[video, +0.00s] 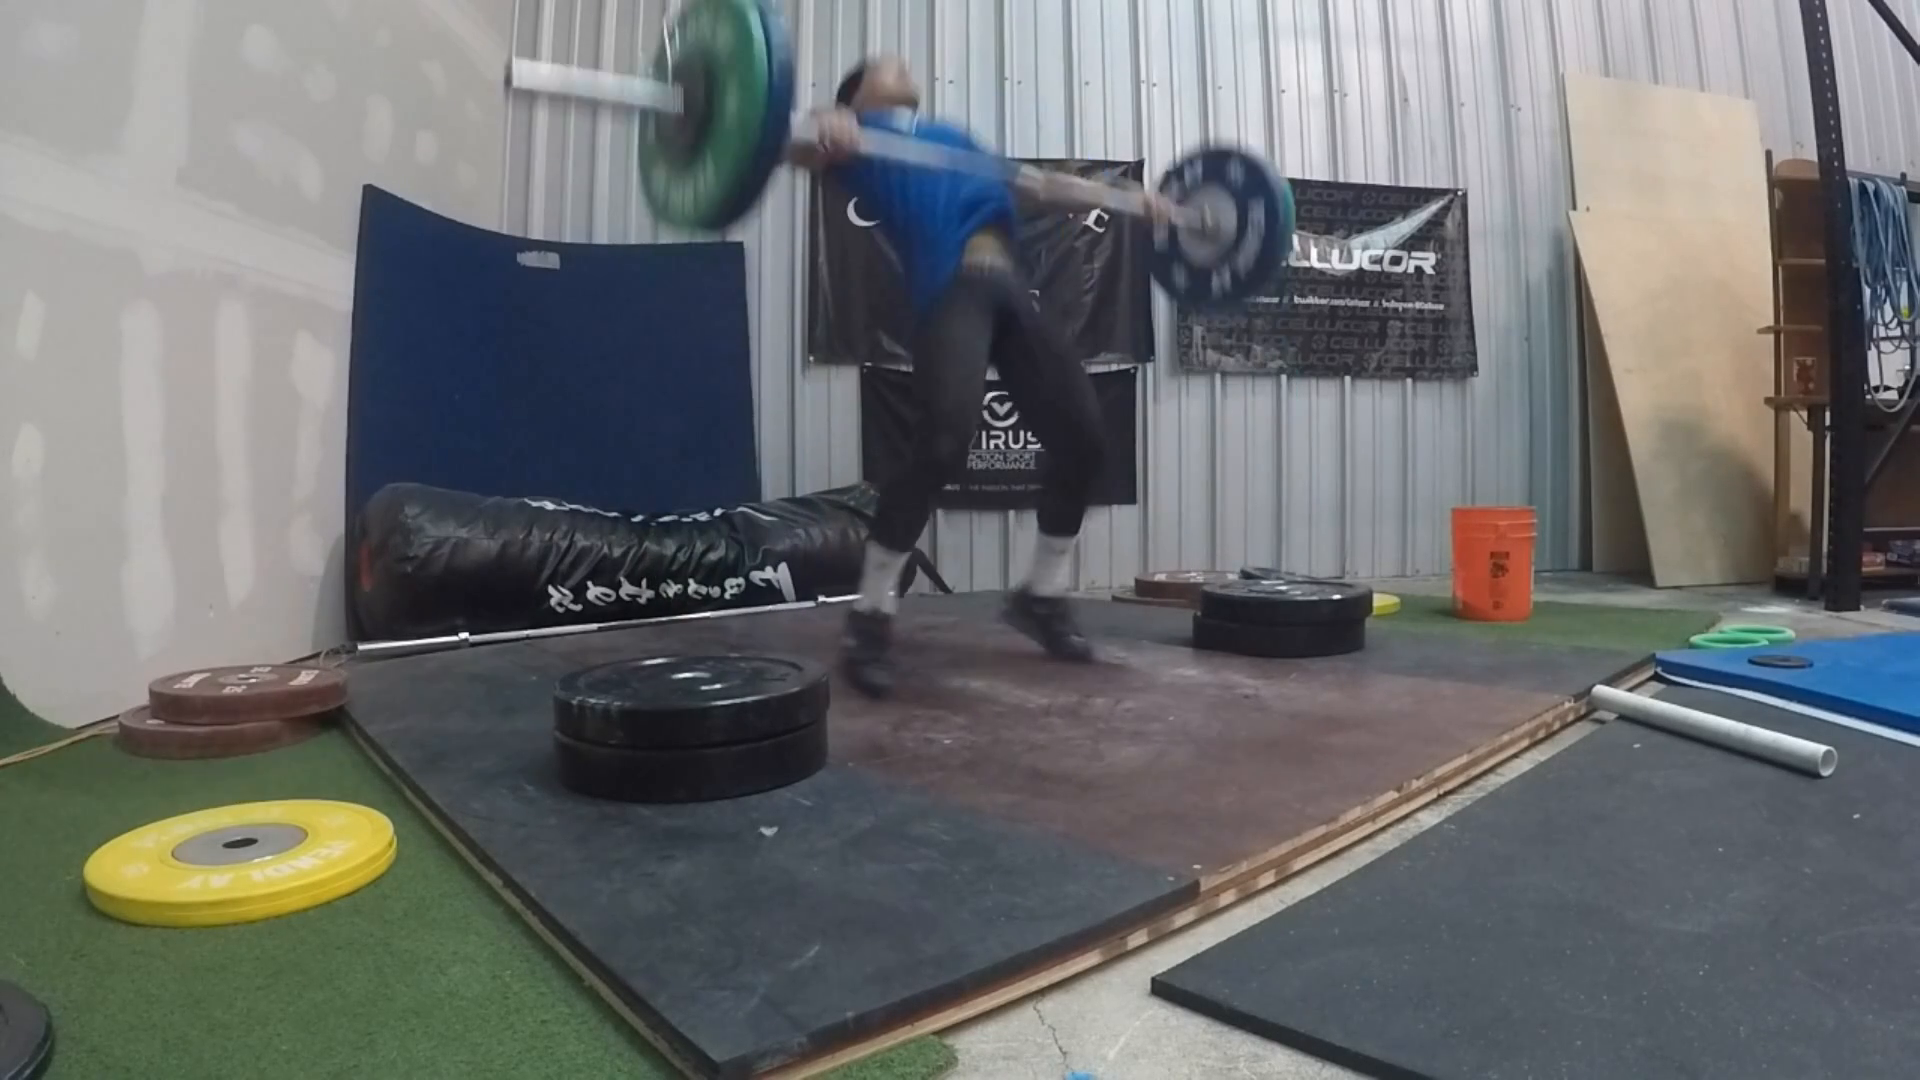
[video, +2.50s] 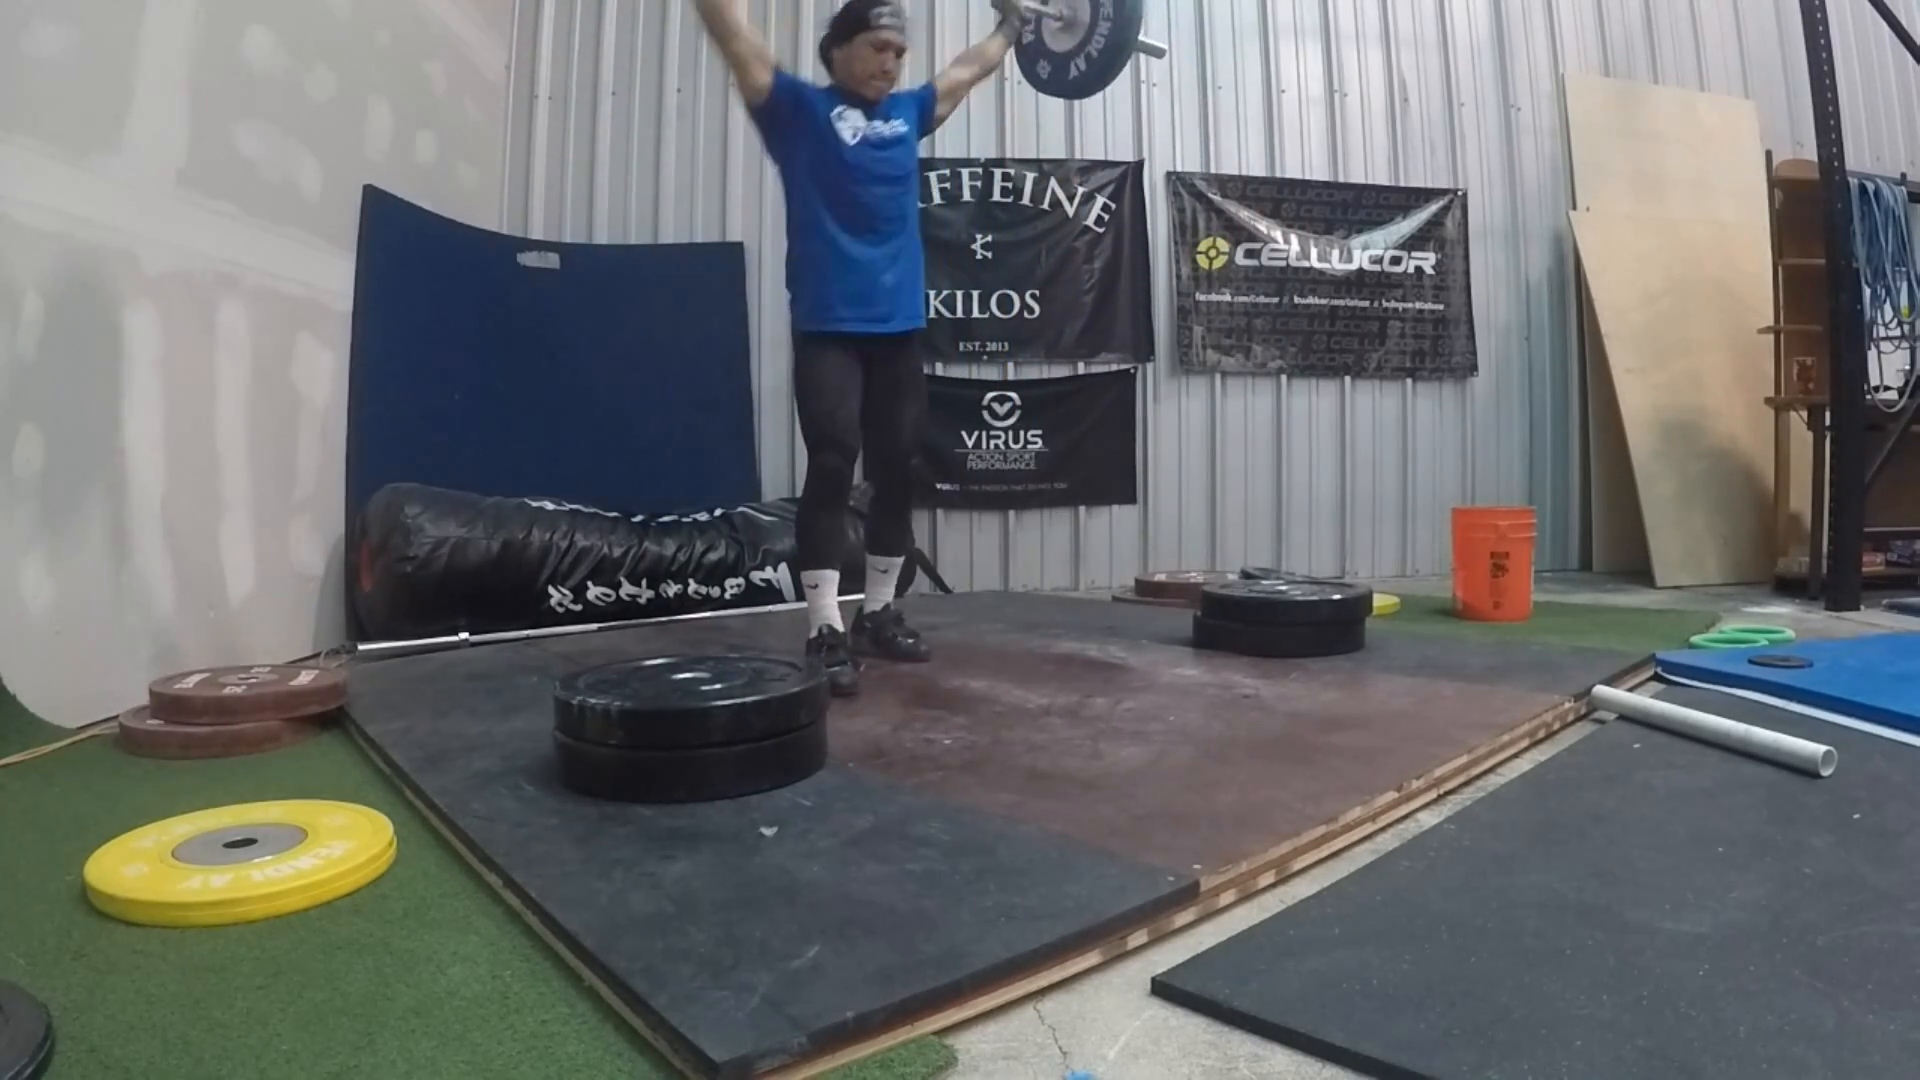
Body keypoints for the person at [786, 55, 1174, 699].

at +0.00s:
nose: (902, 72)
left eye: (904, 67)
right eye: (886, 68)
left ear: (915, 87)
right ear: (858, 92)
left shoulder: (953, 136)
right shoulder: (859, 130)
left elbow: (1038, 185)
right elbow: (797, 146)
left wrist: (1134, 200)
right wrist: (824, 127)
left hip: (1009, 292)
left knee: (1080, 441)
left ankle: (1041, 595)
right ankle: (871, 615)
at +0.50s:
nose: (1020, 325)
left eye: (1027, 311)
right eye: (1004, 309)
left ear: (1033, 315)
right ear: (959, 315)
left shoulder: (1023, 359)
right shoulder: (911, 365)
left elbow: (1068, 309)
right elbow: (833, 297)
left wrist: (1095, 254)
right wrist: (780, 209)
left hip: (990, 560)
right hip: (912, 570)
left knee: (1093, 517)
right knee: (927, 555)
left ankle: (1006, 617)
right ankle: (856, 639)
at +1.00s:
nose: (986, 294)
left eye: (991, 283)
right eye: (970, 280)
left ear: (998, 293)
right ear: (927, 295)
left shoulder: (993, 335)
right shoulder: (881, 337)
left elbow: (1042, 279)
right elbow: (815, 267)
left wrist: (1075, 228)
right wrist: (757, 179)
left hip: (957, 535)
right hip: (883, 538)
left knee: (1058, 494)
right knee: (888, 507)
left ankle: (1005, 617)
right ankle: (847, 636)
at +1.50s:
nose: (998, 194)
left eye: (1001, 184)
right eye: (982, 182)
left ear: (1006, 200)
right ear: (938, 197)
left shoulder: (1006, 247)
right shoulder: (890, 244)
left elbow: (1052, 192)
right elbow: (820, 171)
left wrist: (1080, 148)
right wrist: (759, 87)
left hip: (954, 446)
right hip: (871, 439)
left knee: (1057, 487)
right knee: (895, 493)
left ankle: (1006, 616)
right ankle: (846, 633)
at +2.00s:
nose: (953, 68)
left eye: (959, 57)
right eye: (939, 52)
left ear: (962, 69)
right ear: (895, 60)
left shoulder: (959, 124)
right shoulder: (848, 112)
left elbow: (1011, 80)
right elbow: (775, 32)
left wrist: (1042, 40)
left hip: (917, 353)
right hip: (839, 345)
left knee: (981, 472)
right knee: (853, 475)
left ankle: (1001, 617)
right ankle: (827, 634)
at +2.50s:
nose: (891, 64)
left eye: (897, 53)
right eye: (879, 50)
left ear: (900, 61)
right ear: (836, 52)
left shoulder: (907, 113)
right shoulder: (797, 110)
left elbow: (970, 69)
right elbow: (731, 34)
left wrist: (1015, 23)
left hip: (900, 327)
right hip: (828, 328)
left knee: (897, 469)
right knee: (831, 463)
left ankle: (878, 613)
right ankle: (826, 629)